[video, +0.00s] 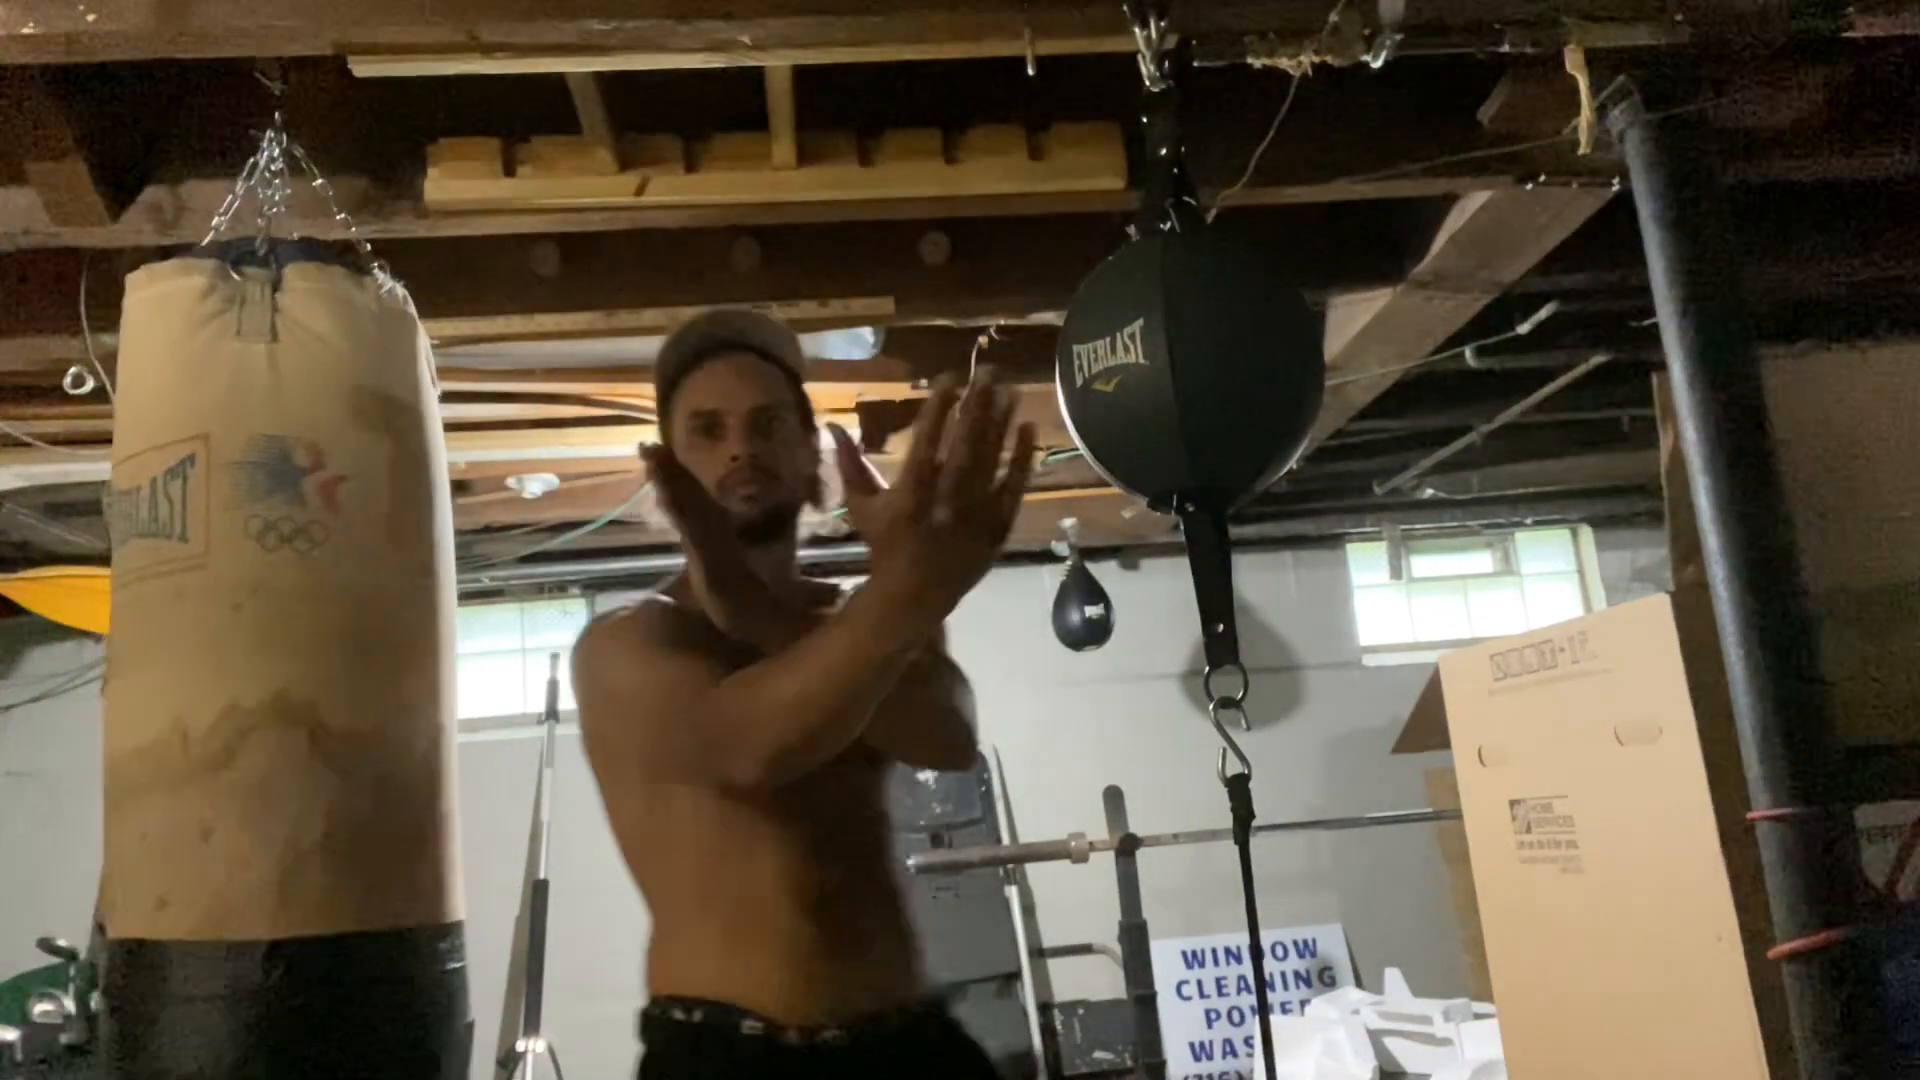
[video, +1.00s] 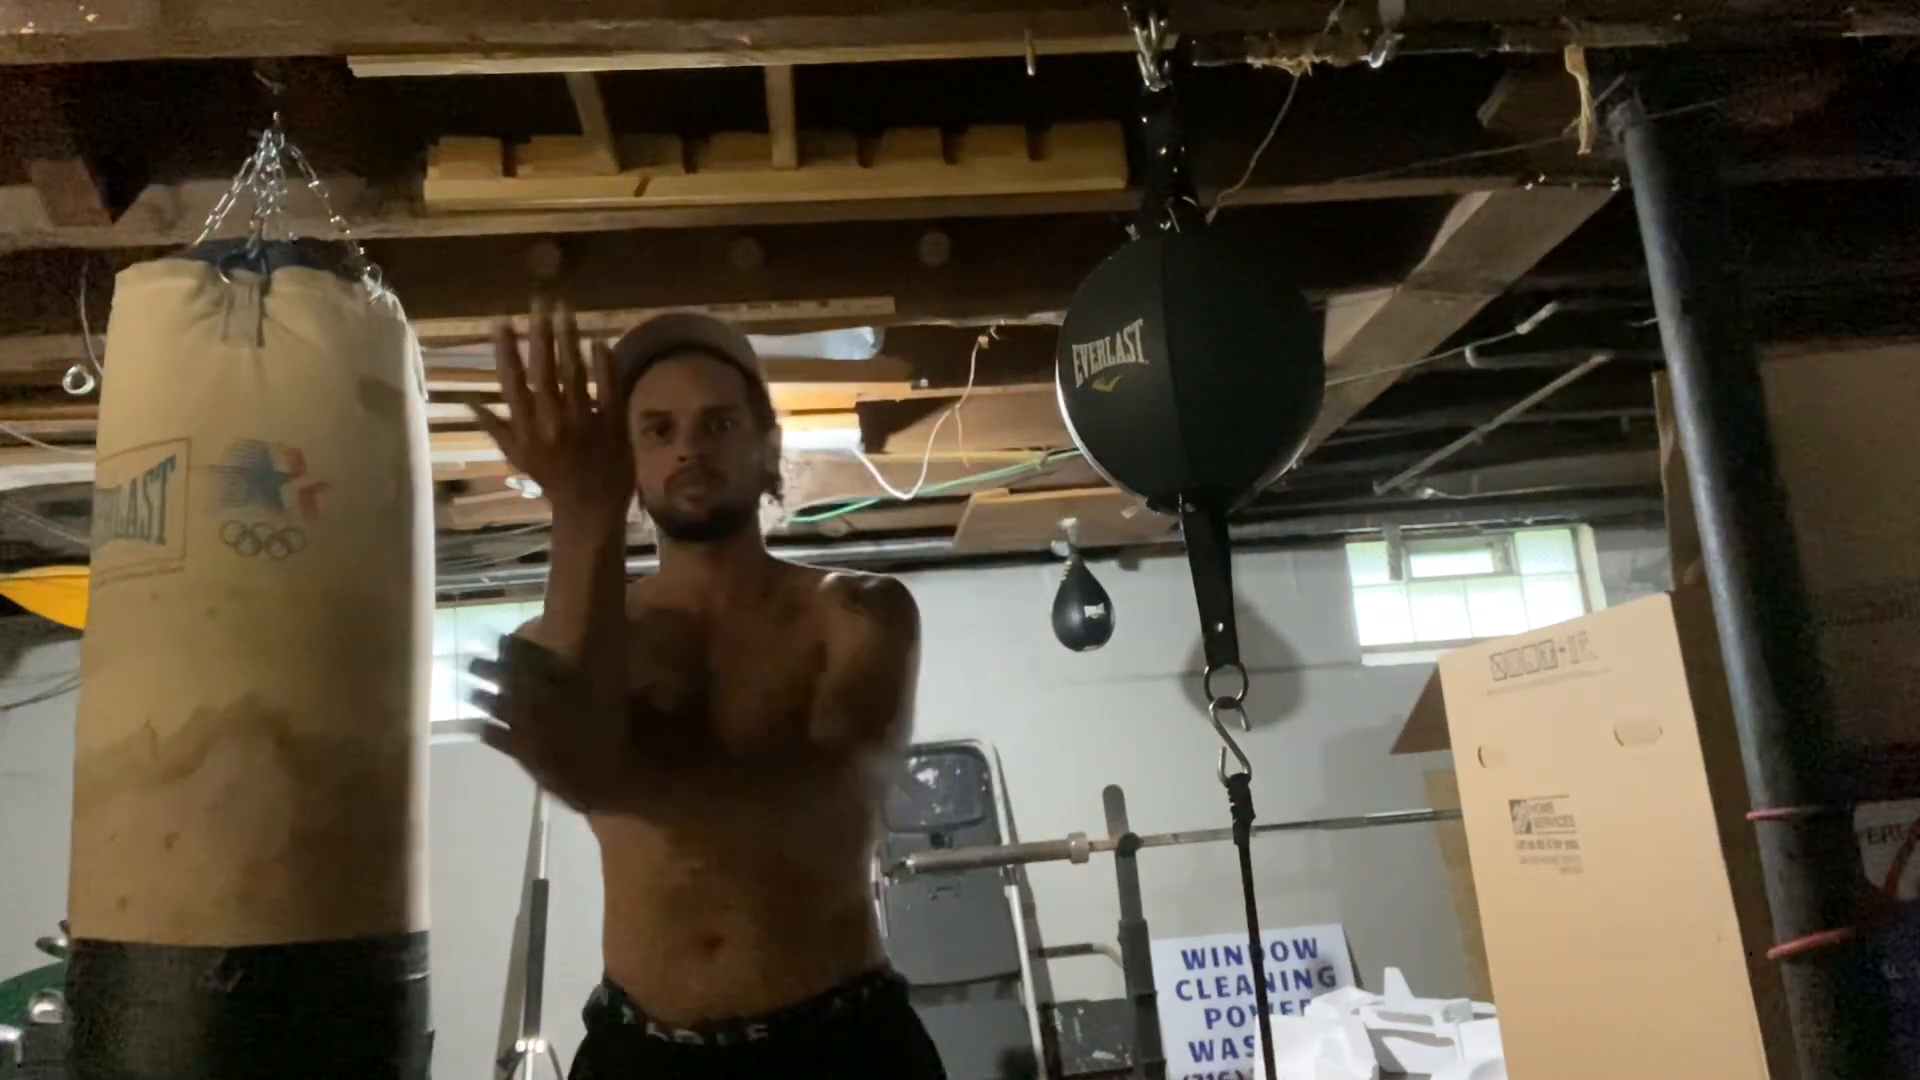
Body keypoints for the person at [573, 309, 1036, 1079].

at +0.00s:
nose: (742, 453)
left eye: (769, 425)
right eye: (708, 430)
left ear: (812, 453)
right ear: (670, 468)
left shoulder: (865, 616)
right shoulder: (623, 647)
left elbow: (950, 742)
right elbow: (745, 746)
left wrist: (753, 610)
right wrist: (911, 589)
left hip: (901, 1039)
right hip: (722, 1049)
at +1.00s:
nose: (689, 450)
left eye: (719, 425)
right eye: (659, 429)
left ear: (768, 452)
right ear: (626, 459)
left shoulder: (862, 610)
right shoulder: (589, 628)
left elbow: (836, 804)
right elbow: (578, 764)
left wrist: (622, 780)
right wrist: (582, 513)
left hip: (837, 1040)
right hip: (642, 1050)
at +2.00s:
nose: (777, 431)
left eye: (806, 401)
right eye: (748, 409)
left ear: (859, 426)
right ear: (720, 438)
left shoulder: (946, 584)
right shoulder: (689, 603)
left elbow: (912, 743)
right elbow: (594, 735)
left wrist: (656, 662)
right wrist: (629, 505)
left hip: (927, 1007)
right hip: (748, 1027)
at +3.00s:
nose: (771, 411)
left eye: (801, 379)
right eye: (737, 384)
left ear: (854, 400)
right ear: (698, 414)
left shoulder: (941, 564)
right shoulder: (653, 607)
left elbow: (1184, 652)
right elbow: (417, 766)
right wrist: (612, 610)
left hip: (948, 1016)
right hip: (750, 1033)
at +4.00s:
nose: (771, 406)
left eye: (804, 375)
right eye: (738, 377)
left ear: (854, 405)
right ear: (695, 408)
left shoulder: (934, 576)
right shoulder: (630, 610)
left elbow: (1146, 708)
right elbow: (448, 795)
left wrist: (935, 649)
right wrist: (672, 671)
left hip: (938, 1016)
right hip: (740, 1032)